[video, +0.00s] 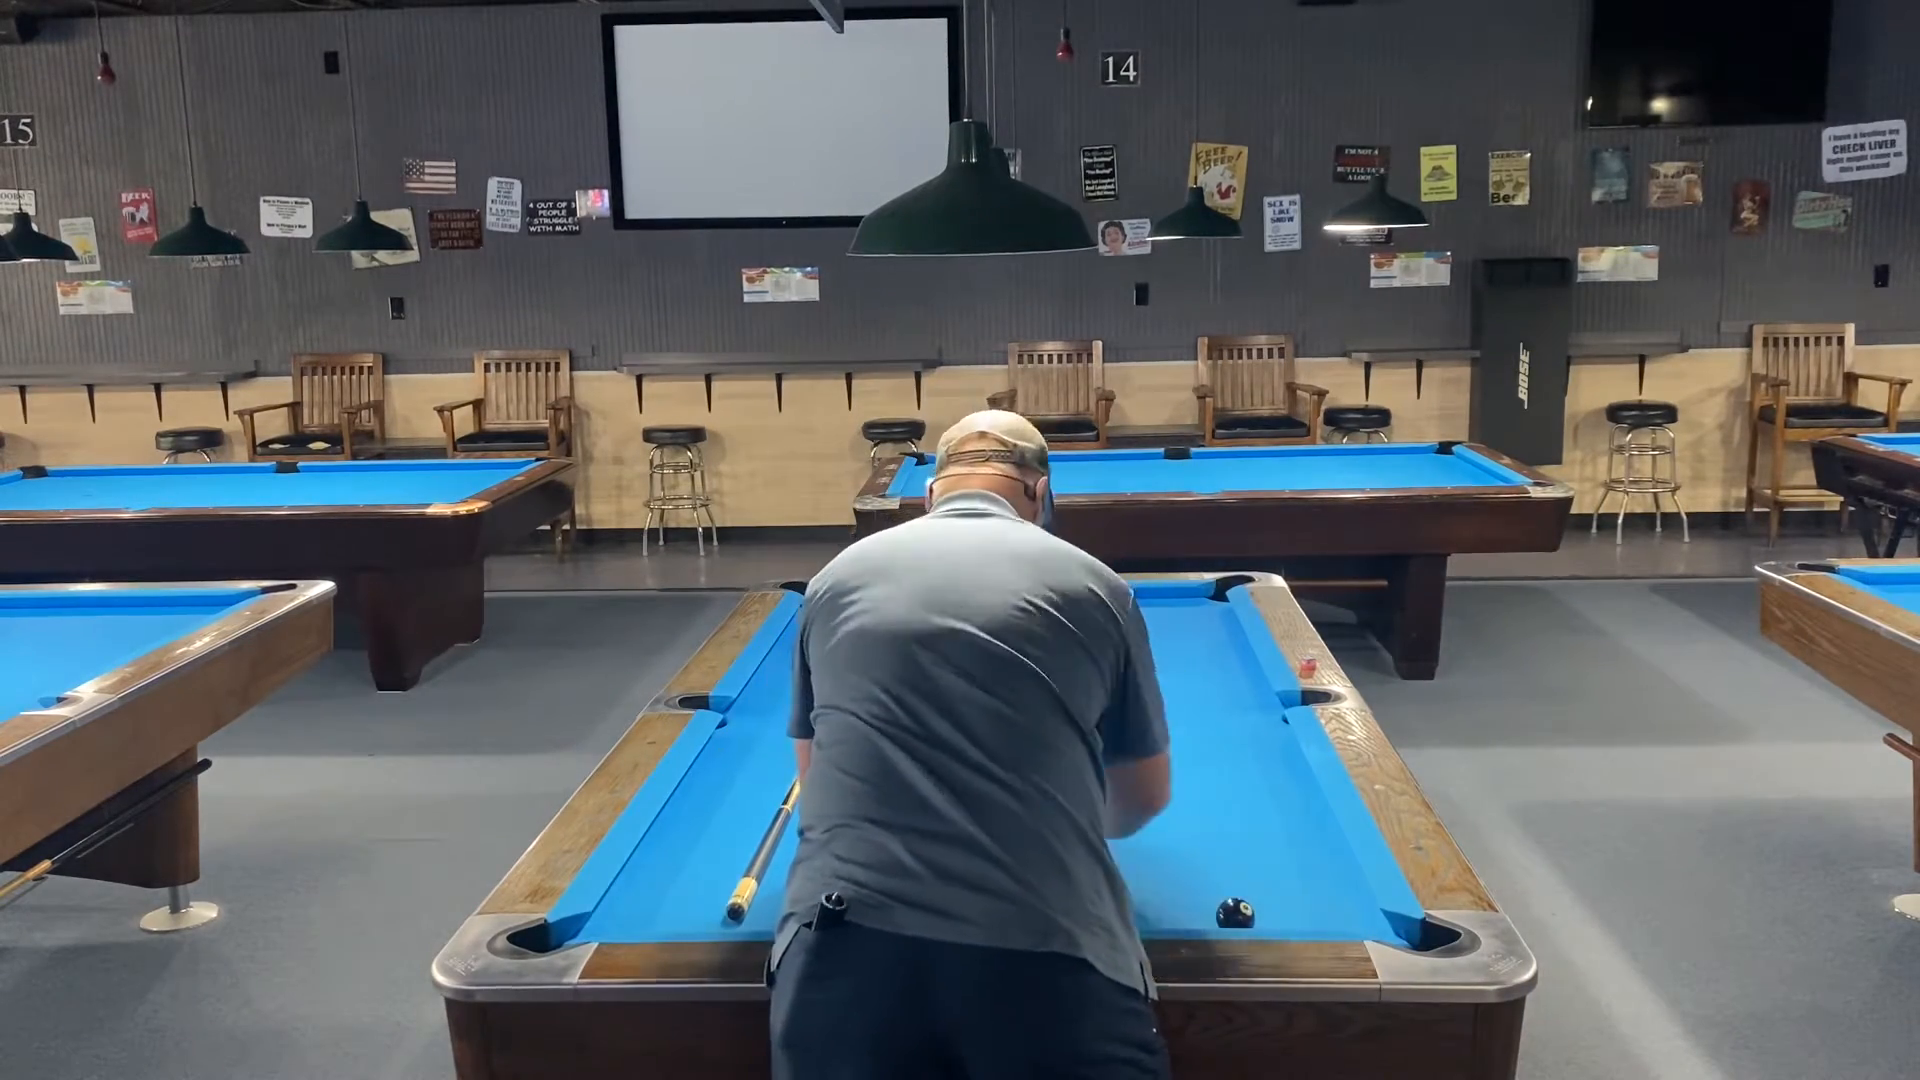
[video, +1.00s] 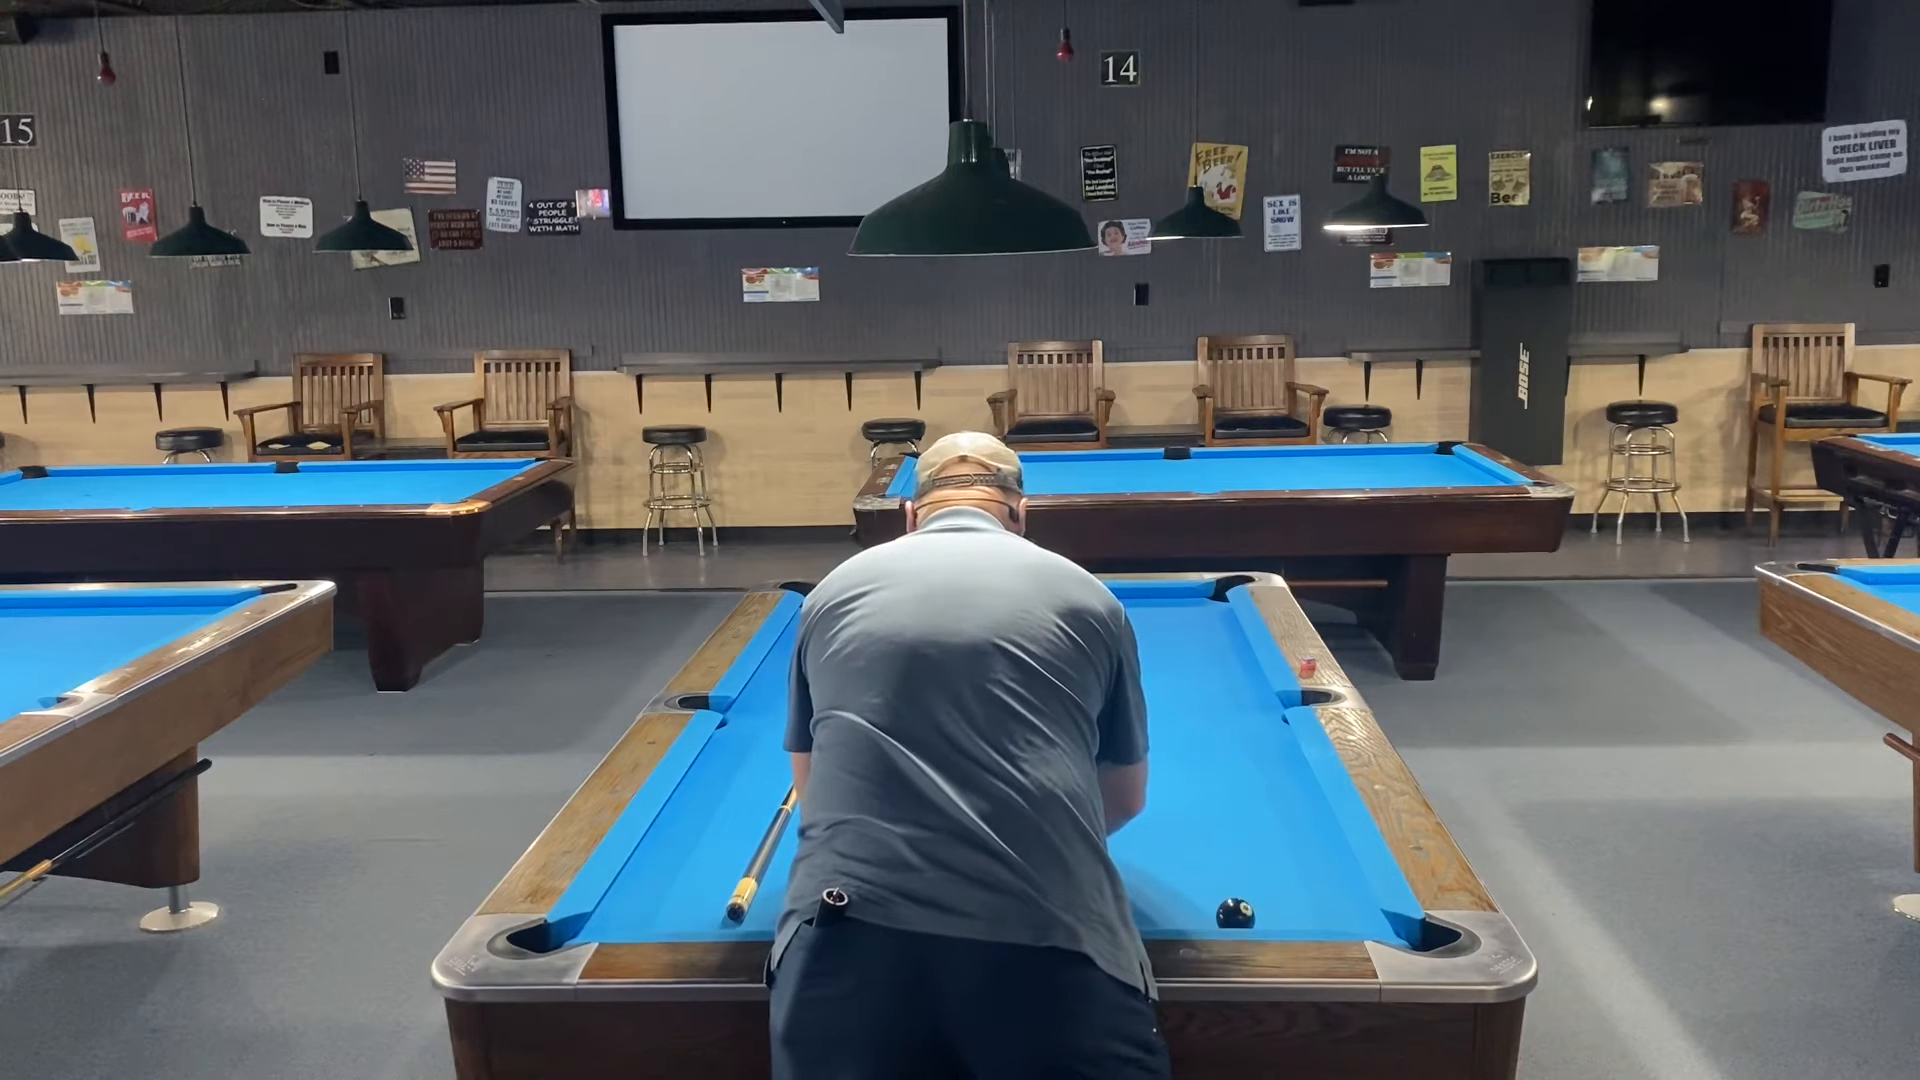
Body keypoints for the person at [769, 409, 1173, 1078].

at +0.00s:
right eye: (1047, 493)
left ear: (929, 495)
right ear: (1037, 488)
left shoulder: (836, 575)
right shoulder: (1097, 584)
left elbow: (816, 773)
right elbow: (1143, 790)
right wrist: (1053, 830)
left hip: (845, 962)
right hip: (1049, 968)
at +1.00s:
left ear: (910, 514)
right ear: (1019, 512)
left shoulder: (833, 589)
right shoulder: (1089, 596)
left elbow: (810, 783)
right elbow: (1122, 794)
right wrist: (1028, 843)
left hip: (847, 958)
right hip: (1052, 964)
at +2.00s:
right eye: (1020, 512)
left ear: (913, 519)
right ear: (1018, 517)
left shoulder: (835, 592)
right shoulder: (1089, 598)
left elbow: (809, 789)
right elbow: (1124, 801)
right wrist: (1030, 849)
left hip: (846, 956)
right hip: (1050, 963)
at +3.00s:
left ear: (916, 502)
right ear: (1025, 506)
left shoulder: (828, 569)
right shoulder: (1097, 583)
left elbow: (786, 779)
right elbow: (1137, 784)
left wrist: (887, 795)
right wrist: (1059, 782)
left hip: (846, 965)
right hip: (1051, 972)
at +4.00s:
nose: (1052, 477)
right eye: (1054, 464)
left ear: (938, 453)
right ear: (1052, 458)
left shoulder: (833, 549)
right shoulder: (1117, 562)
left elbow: (792, 772)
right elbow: (1214, 782)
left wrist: (880, 831)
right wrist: (1235, 881)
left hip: (848, 986)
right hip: (1056, 1005)